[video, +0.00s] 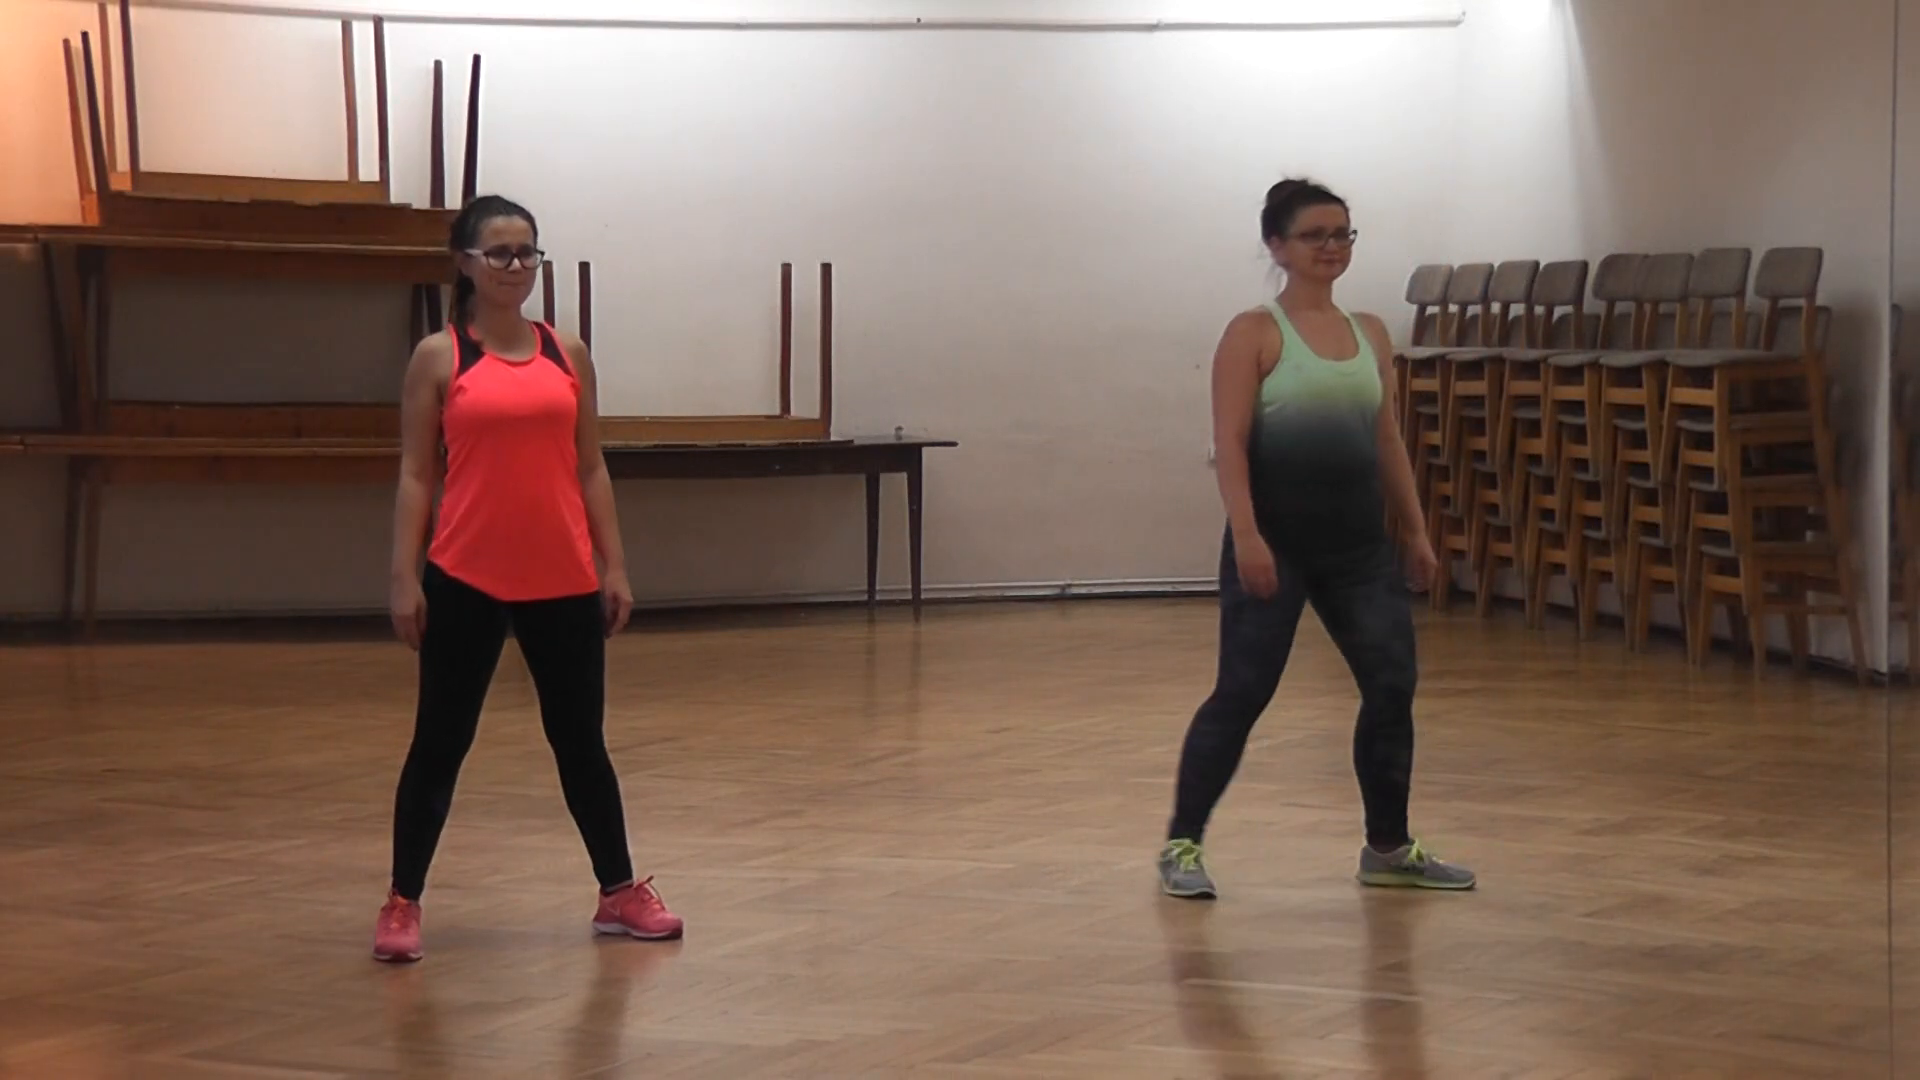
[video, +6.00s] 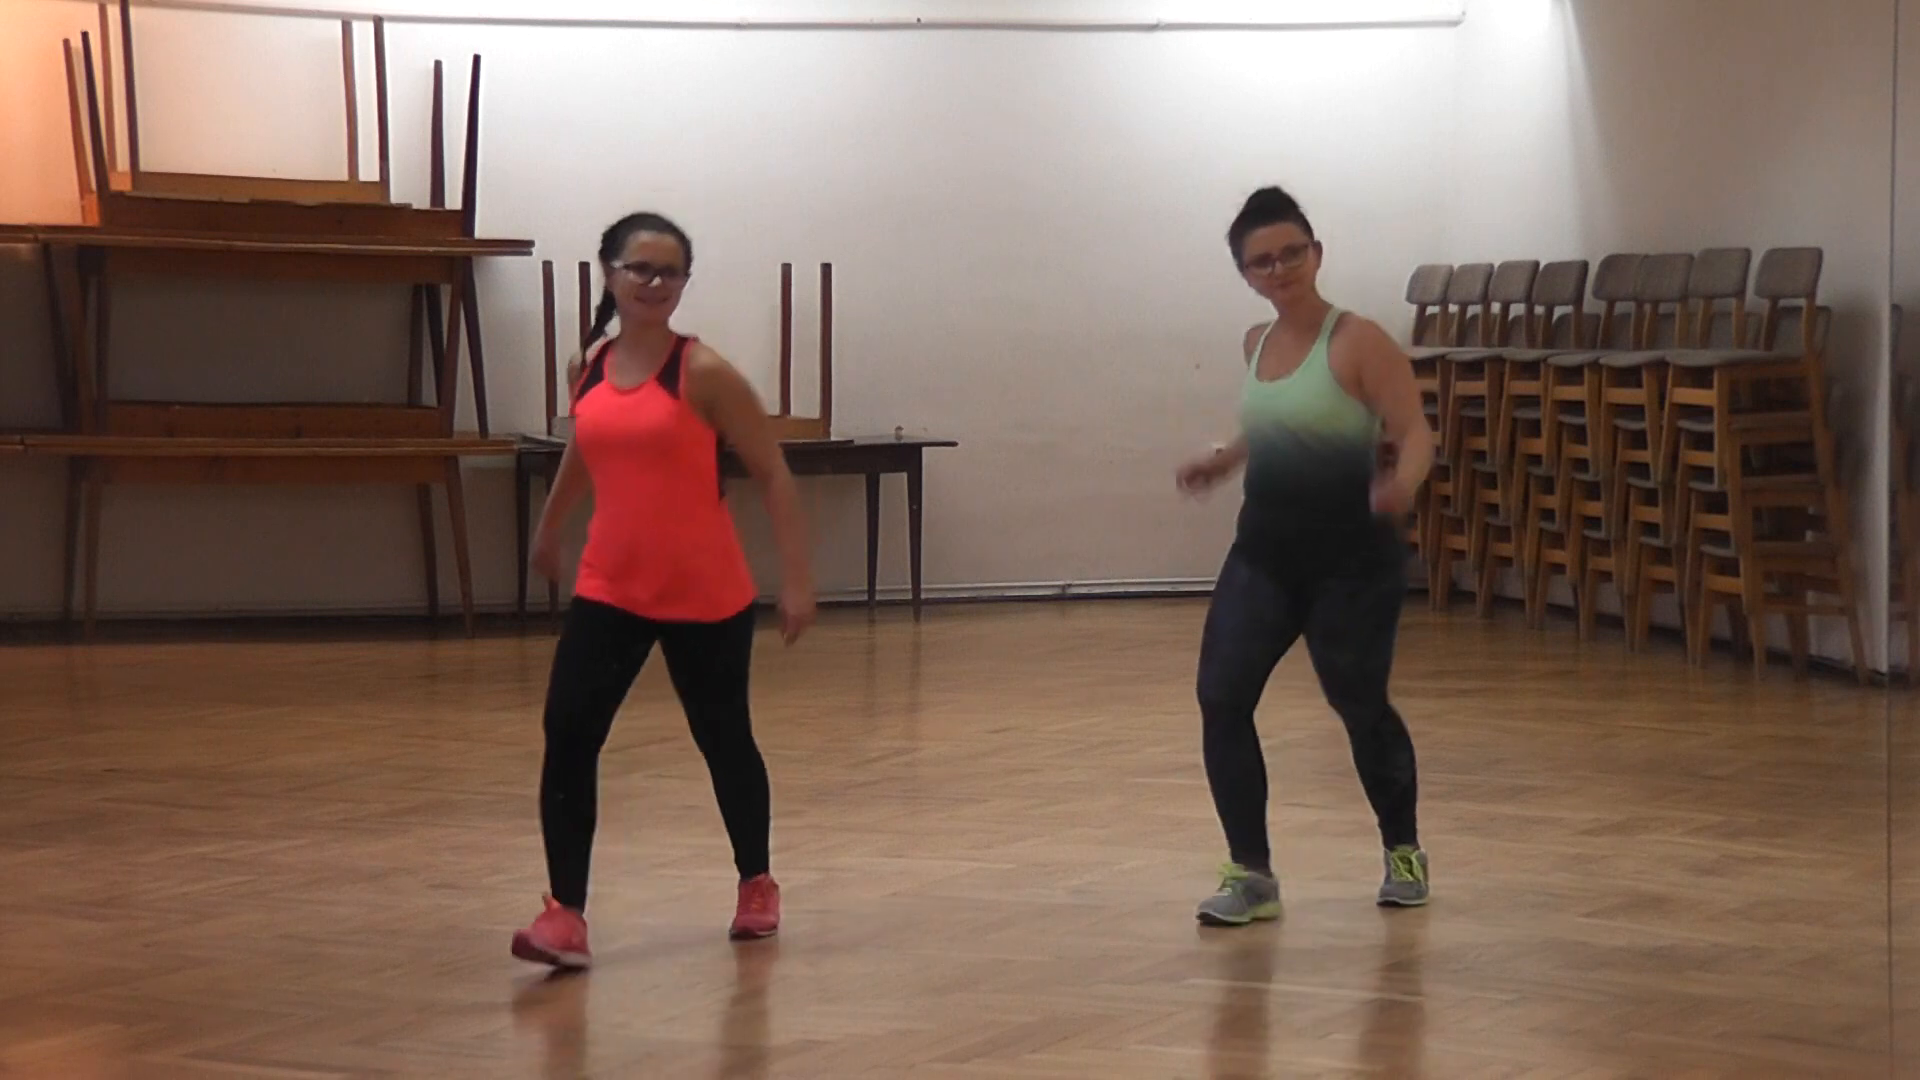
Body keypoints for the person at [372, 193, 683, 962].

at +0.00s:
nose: (515, 265)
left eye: (525, 252)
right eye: (499, 253)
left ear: (538, 261)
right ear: (466, 263)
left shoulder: (567, 352)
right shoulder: (437, 357)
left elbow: (591, 467)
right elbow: (417, 474)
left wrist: (614, 567)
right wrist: (405, 578)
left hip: (563, 578)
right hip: (465, 580)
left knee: (582, 741)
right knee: (439, 745)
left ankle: (621, 890)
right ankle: (403, 903)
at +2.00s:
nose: (549, 255)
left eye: (556, 241)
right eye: (530, 248)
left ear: (572, 249)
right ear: (500, 265)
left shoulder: (615, 350)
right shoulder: (477, 349)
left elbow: (642, 462)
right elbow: (440, 454)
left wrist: (665, 557)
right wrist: (410, 544)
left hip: (598, 576)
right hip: (500, 579)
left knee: (609, 741)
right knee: (459, 742)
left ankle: (621, 890)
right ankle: (409, 900)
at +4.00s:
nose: (199, 259)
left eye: (209, 245)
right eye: (180, 245)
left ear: (217, 248)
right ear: (139, 251)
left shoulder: (152, 335)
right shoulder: (145, 328)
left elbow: (78, 430)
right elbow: (270, 385)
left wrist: (77, 524)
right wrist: (389, 385)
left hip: (150, 579)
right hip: (93, 575)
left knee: (209, 716)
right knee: (67, 738)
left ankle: (116, 875)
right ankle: (1, 910)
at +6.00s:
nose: (653, 283)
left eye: (669, 272)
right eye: (640, 268)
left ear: (685, 283)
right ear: (610, 275)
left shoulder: (707, 374)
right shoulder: (591, 368)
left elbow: (772, 471)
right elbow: (588, 451)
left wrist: (797, 577)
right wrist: (549, 529)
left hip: (703, 591)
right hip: (610, 587)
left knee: (725, 738)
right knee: (568, 733)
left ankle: (756, 882)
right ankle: (566, 912)